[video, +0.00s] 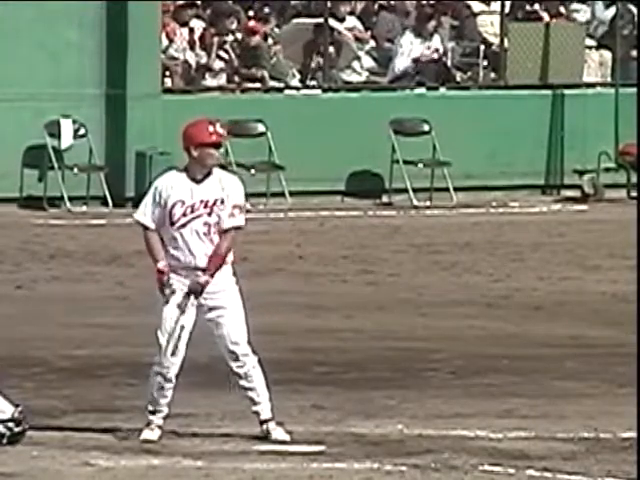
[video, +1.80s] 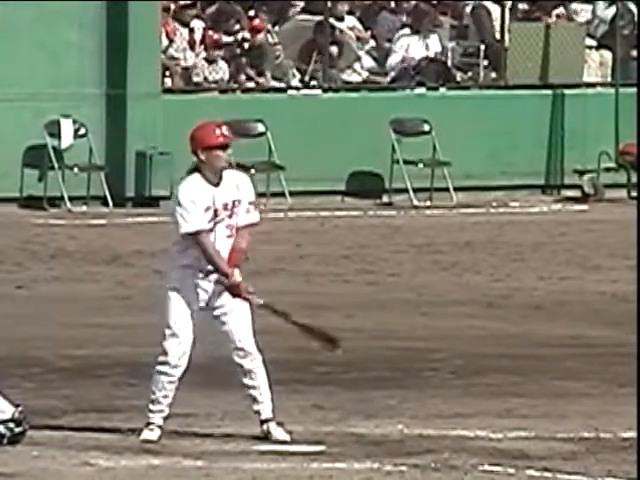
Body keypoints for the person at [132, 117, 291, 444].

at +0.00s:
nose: (217, 152)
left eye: (218, 146)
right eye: (211, 147)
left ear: (218, 149)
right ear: (193, 151)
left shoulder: (230, 184)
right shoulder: (167, 185)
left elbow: (229, 236)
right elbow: (149, 227)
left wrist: (206, 274)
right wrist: (162, 268)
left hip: (218, 276)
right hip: (180, 277)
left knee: (239, 349)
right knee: (168, 355)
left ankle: (267, 420)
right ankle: (155, 420)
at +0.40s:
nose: (222, 149)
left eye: (223, 144)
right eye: (215, 145)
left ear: (222, 147)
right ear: (197, 149)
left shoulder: (233, 182)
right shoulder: (171, 181)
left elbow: (231, 229)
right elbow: (152, 228)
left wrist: (197, 226)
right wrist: (165, 224)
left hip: (221, 275)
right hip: (182, 276)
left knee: (241, 350)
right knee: (170, 356)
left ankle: (268, 421)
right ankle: (154, 421)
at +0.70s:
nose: (228, 150)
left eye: (228, 145)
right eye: (221, 145)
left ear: (223, 148)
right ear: (203, 149)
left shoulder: (236, 179)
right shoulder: (181, 184)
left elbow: (256, 223)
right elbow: (175, 235)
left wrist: (234, 215)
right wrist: (202, 215)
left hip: (226, 276)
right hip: (189, 278)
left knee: (245, 351)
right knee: (175, 356)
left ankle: (268, 421)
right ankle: (155, 421)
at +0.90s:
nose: (235, 152)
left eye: (235, 147)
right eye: (229, 148)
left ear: (222, 151)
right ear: (211, 152)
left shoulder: (236, 177)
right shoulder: (196, 190)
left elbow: (260, 217)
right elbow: (215, 239)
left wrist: (266, 213)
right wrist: (246, 220)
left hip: (228, 277)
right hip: (194, 280)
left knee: (246, 351)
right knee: (181, 356)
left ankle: (268, 421)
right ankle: (156, 422)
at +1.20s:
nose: (243, 153)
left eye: (243, 147)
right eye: (236, 148)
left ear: (239, 150)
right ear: (217, 153)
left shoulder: (241, 179)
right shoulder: (208, 186)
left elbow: (258, 222)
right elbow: (244, 233)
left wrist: (290, 234)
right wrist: (289, 237)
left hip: (231, 279)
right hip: (199, 278)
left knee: (249, 353)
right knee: (184, 354)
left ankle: (268, 421)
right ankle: (156, 422)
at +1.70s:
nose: (233, 154)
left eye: (233, 148)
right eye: (226, 149)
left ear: (232, 151)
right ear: (208, 155)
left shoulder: (242, 179)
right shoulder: (198, 189)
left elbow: (256, 224)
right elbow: (224, 235)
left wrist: (249, 251)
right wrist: (262, 263)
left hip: (229, 276)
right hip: (192, 278)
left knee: (246, 349)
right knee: (177, 352)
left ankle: (268, 421)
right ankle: (154, 421)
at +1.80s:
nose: (226, 155)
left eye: (227, 148)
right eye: (219, 150)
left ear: (227, 151)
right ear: (201, 155)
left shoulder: (239, 180)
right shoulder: (188, 190)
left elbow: (243, 232)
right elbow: (203, 240)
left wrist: (230, 269)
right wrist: (231, 277)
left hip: (225, 278)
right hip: (187, 279)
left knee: (246, 349)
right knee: (175, 352)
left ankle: (268, 421)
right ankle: (154, 421)